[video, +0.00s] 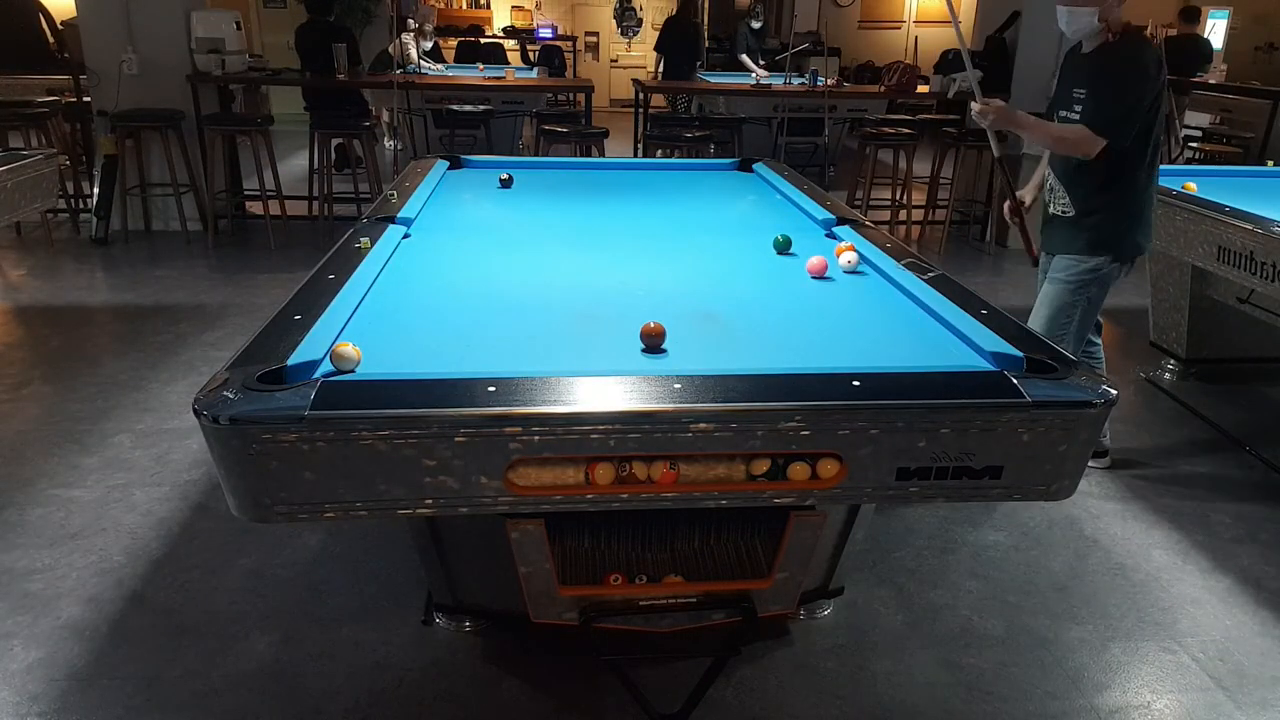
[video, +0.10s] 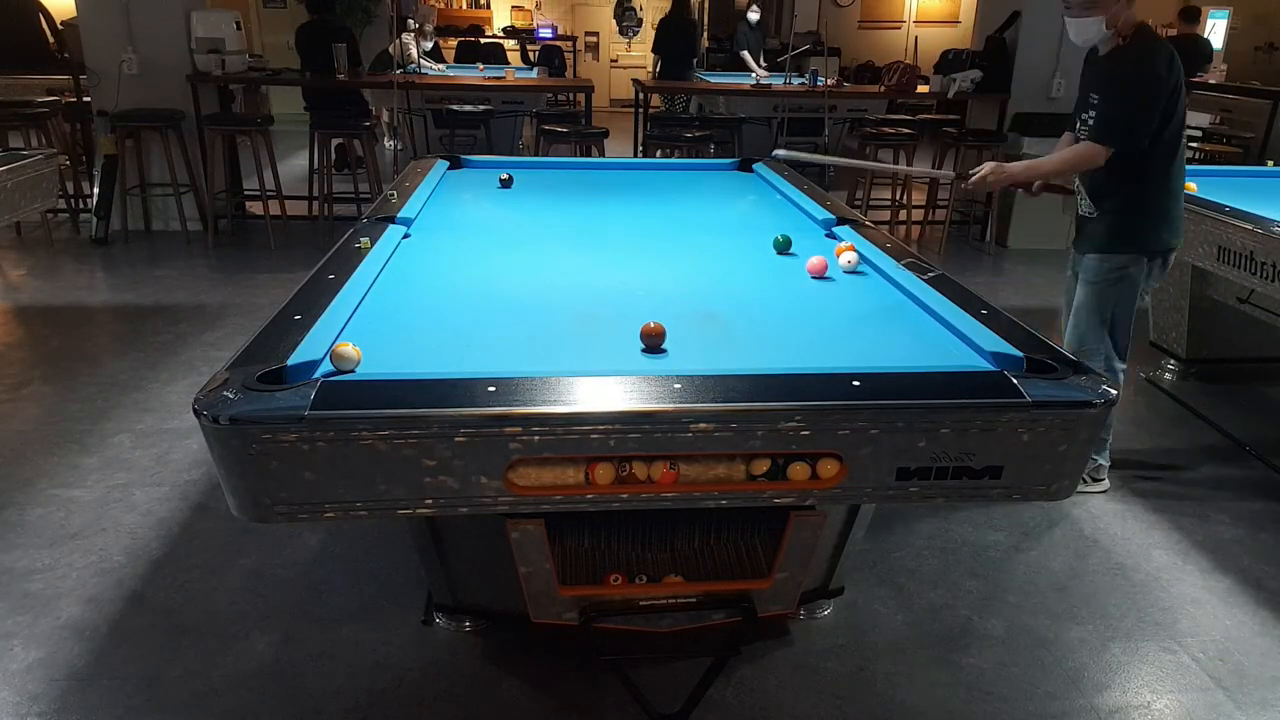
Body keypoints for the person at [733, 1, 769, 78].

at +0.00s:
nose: (757, 25)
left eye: (759, 22)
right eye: (754, 22)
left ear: (763, 19)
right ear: (749, 18)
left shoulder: (761, 27)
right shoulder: (742, 29)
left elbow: (757, 46)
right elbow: (741, 55)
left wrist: (759, 60)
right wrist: (757, 70)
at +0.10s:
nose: (753, 14)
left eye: (756, 12)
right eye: (751, 11)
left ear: (760, 14)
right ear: (746, 12)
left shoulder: (759, 28)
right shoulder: (741, 27)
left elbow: (760, 47)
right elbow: (743, 52)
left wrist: (761, 62)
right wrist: (758, 70)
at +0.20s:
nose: (749, 14)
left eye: (753, 11)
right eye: (747, 11)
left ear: (758, 14)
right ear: (744, 12)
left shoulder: (760, 30)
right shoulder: (739, 29)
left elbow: (765, 48)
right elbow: (741, 52)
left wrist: (771, 65)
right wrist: (755, 69)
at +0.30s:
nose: (748, 14)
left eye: (751, 11)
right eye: (746, 10)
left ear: (757, 14)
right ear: (743, 12)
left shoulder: (761, 27)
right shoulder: (739, 28)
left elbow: (766, 47)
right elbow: (740, 51)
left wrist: (772, 66)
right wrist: (754, 69)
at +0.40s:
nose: (749, 14)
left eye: (752, 11)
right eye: (747, 11)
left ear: (758, 14)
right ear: (743, 12)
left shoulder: (761, 28)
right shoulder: (739, 28)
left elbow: (766, 47)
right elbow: (741, 51)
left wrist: (772, 66)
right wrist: (753, 69)